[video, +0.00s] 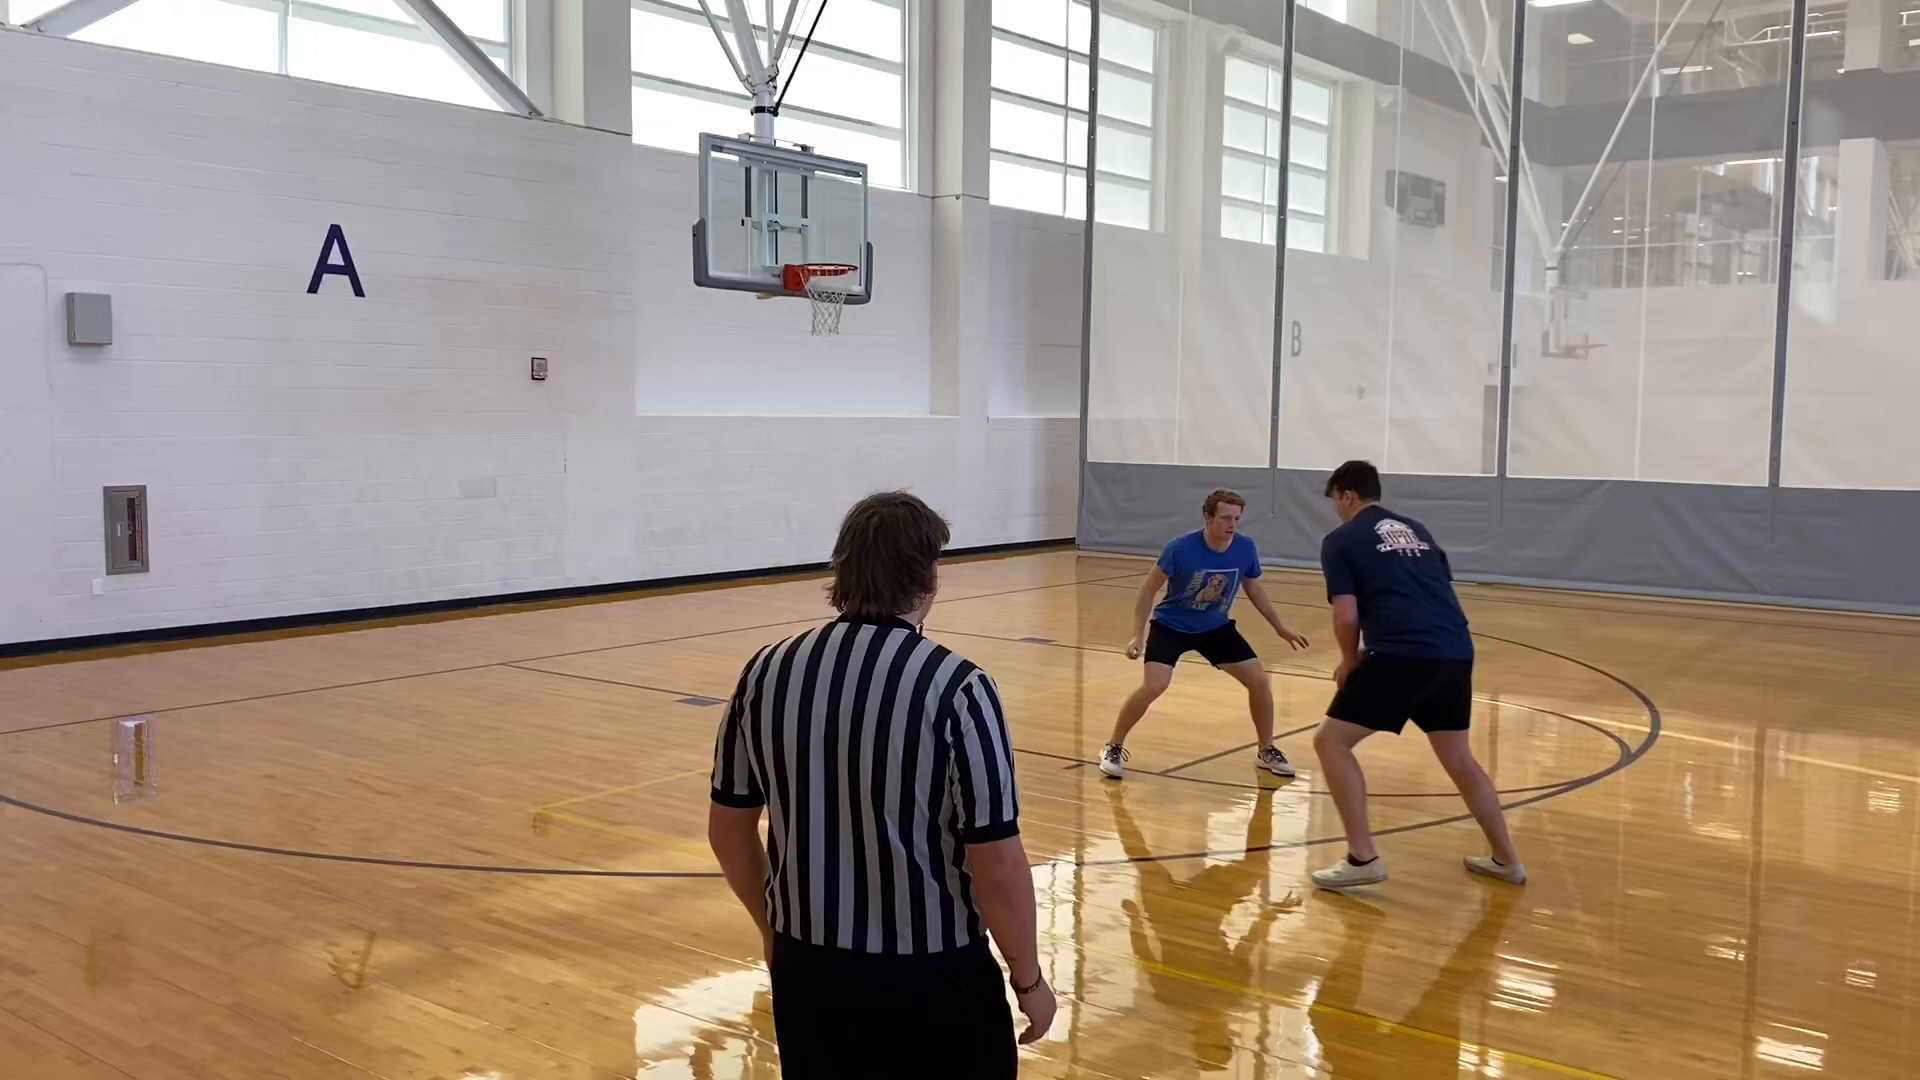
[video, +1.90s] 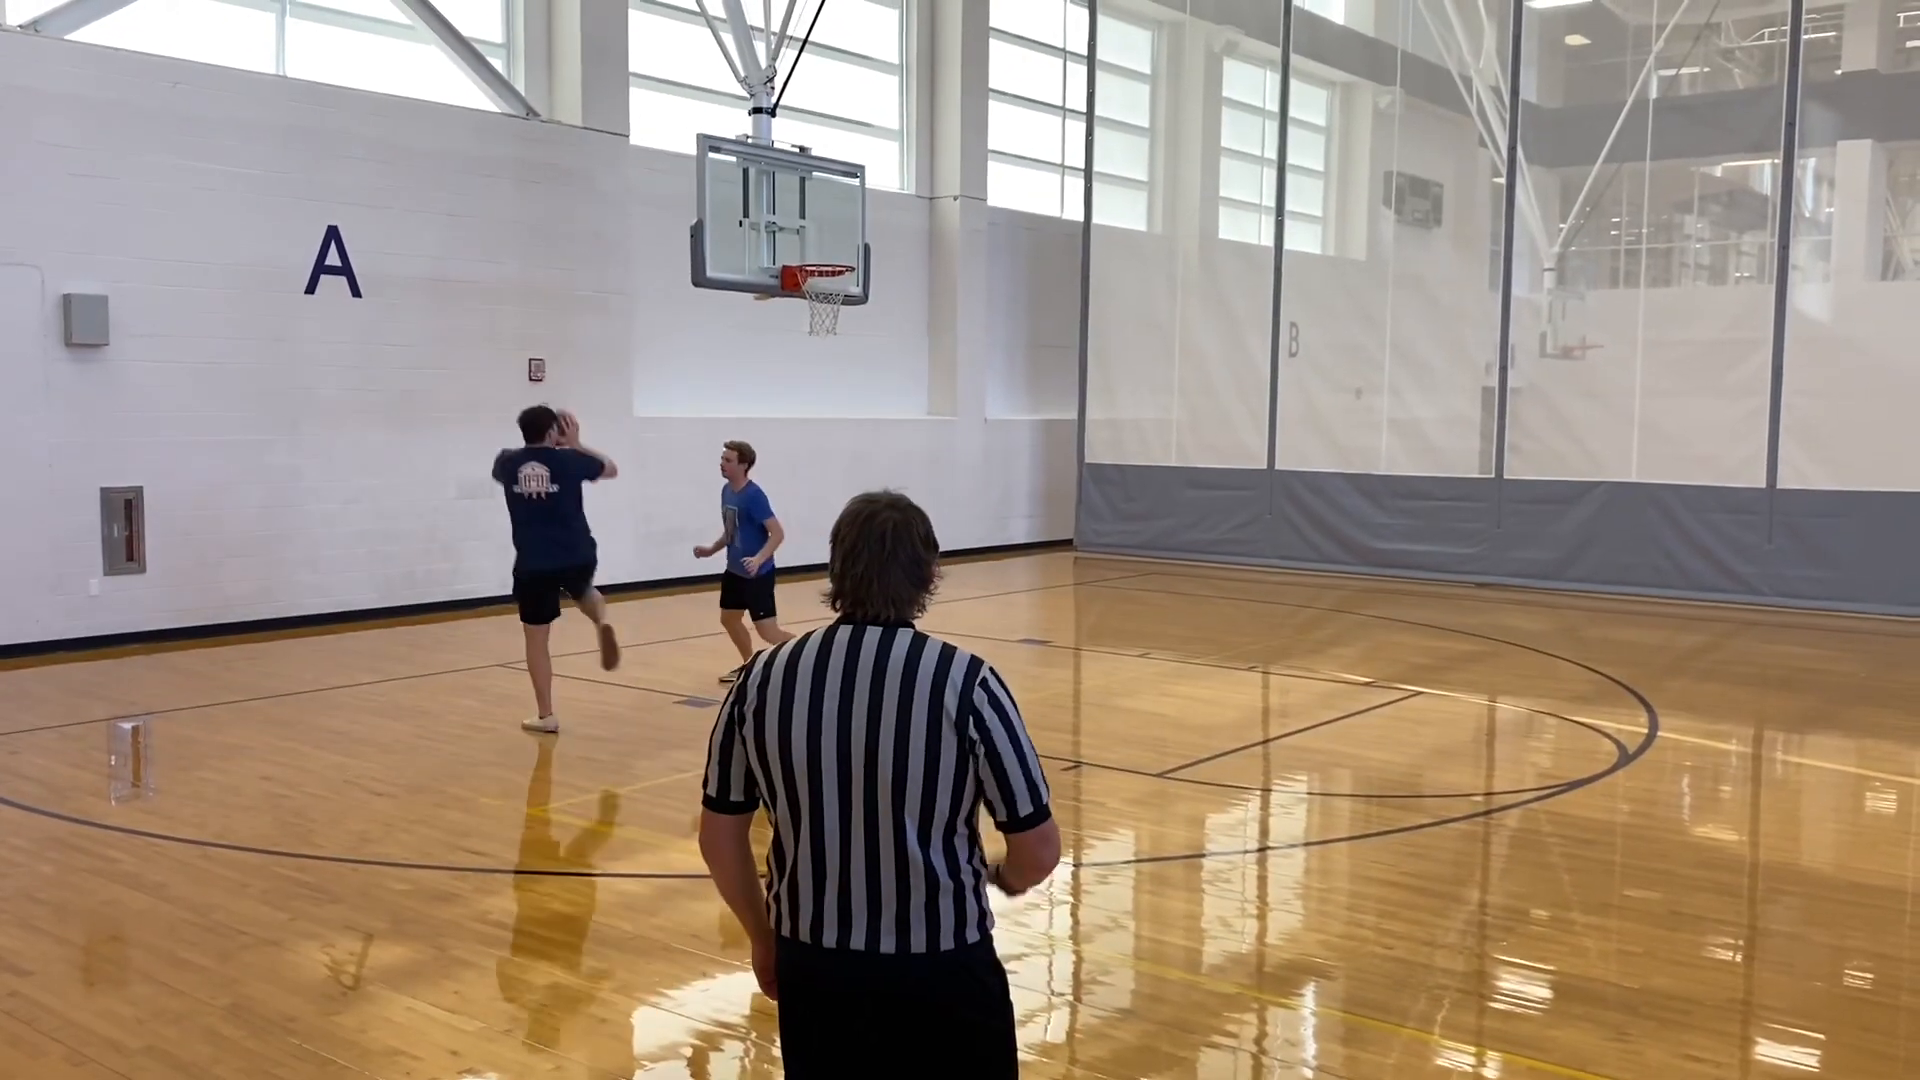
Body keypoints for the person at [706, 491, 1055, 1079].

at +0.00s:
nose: (939, 576)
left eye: (937, 560)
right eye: (937, 562)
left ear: (846, 567)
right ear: (926, 573)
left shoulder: (767, 671)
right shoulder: (958, 687)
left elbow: (729, 829)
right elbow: (996, 861)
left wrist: (773, 926)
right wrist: (1028, 976)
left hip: (809, 981)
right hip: (940, 985)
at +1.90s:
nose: (937, 574)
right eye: (934, 561)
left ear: (839, 568)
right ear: (927, 574)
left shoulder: (762, 677)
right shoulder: (967, 681)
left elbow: (719, 835)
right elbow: (1038, 851)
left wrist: (761, 932)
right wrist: (1004, 875)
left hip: (814, 978)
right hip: (947, 977)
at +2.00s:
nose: (930, 571)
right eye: (928, 560)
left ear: (832, 569)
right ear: (923, 574)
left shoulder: (760, 679)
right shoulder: (963, 677)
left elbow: (721, 833)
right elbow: (1070, 807)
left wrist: (767, 924)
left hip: (817, 980)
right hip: (949, 978)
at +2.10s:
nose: (931, 571)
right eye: (928, 559)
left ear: (832, 569)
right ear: (922, 572)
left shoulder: (762, 678)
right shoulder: (964, 671)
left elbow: (725, 832)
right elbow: (1101, 712)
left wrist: (775, 912)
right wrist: (1044, 632)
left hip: (820, 975)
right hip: (950, 972)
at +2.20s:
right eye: (925, 557)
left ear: (830, 565)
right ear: (923, 570)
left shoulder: (766, 676)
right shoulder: (962, 661)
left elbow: (728, 827)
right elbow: (1094, 605)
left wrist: (790, 904)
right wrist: (1044, 509)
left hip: (822, 970)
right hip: (952, 965)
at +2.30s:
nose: (927, 566)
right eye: (926, 555)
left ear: (834, 570)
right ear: (925, 570)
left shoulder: (767, 678)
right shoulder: (960, 653)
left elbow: (733, 825)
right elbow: (1073, 545)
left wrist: (791, 894)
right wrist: (1042, 424)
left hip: (827, 971)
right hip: (958, 969)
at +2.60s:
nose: (946, 567)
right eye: (946, 554)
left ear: (855, 569)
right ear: (945, 570)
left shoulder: (788, 673)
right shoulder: (970, 650)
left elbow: (756, 816)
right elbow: (1065, 516)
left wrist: (817, 876)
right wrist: (1046, 386)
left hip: (847, 974)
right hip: (976, 970)